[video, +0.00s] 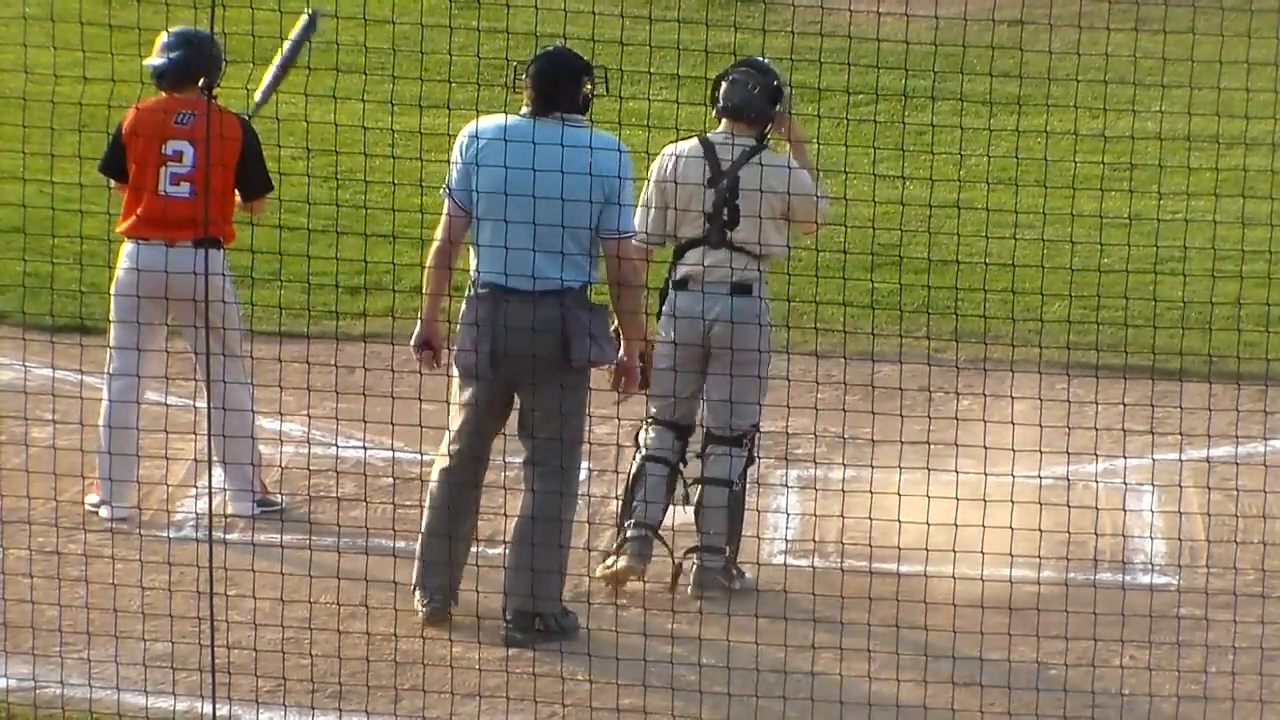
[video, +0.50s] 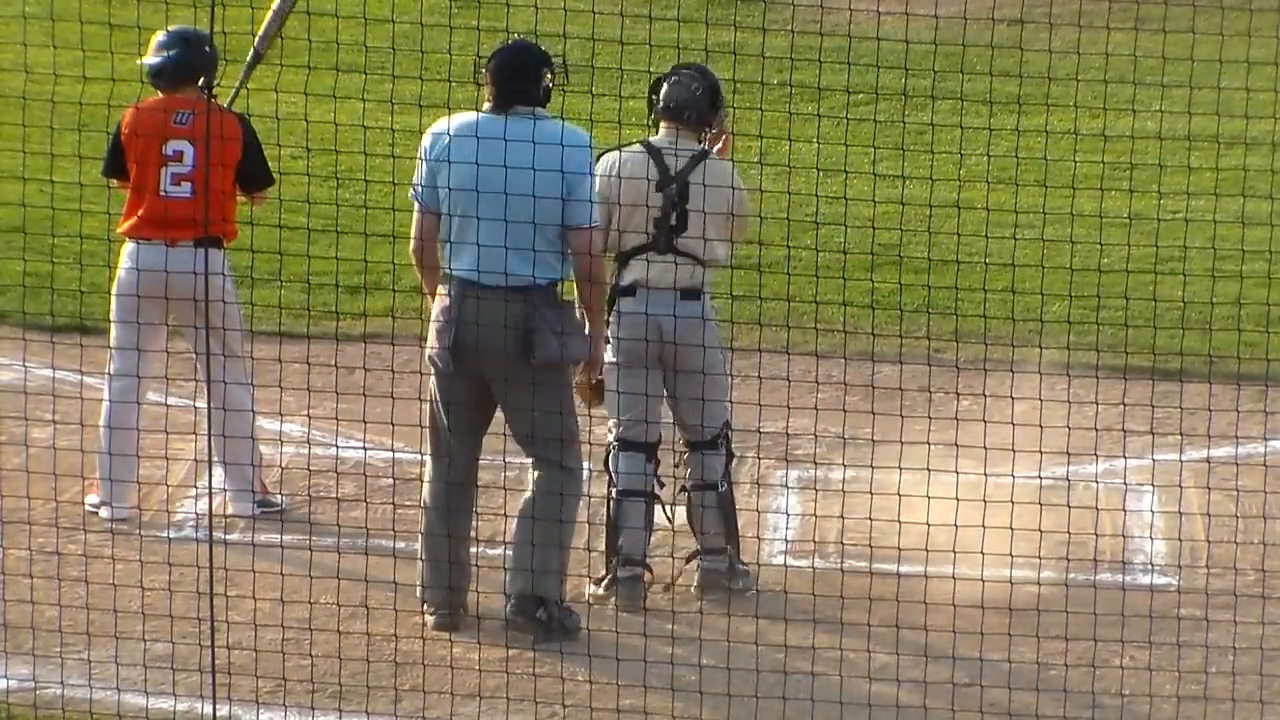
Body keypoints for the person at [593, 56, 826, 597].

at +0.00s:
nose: (775, 116)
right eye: (774, 109)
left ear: (719, 105)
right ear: (771, 114)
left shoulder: (674, 159)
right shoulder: (779, 169)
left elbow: (640, 250)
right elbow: (812, 217)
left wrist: (632, 326)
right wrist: (796, 143)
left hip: (682, 306)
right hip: (744, 311)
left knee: (666, 422)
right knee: (727, 437)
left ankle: (635, 542)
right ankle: (713, 563)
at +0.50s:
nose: (718, 125)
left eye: (714, 118)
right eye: (717, 117)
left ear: (656, 112)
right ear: (710, 120)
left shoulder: (615, 165)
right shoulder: (722, 172)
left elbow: (593, 249)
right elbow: (737, 233)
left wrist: (591, 330)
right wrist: (716, 167)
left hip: (629, 315)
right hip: (692, 318)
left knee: (632, 441)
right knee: (708, 440)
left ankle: (627, 567)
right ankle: (716, 563)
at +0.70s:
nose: (704, 118)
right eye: (702, 112)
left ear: (644, 111)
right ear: (699, 115)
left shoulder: (609, 165)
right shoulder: (716, 171)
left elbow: (593, 249)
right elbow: (726, 235)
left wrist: (588, 329)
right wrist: (707, 158)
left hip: (623, 314)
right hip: (689, 315)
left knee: (629, 442)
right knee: (707, 436)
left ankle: (627, 568)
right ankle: (714, 564)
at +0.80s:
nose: (705, 120)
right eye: (704, 113)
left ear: (645, 112)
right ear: (699, 116)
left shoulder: (612, 166)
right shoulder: (716, 170)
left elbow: (601, 249)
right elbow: (735, 231)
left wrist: (590, 323)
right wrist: (712, 159)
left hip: (628, 313)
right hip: (691, 315)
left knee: (631, 441)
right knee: (704, 439)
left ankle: (626, 569)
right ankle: (704, 569)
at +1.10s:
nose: (656, 118)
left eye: (658, 110)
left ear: (659, 113)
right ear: (714, 118)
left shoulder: (631, 171)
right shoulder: (737, 178)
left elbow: (613, 251)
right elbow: (751, 259)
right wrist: (700, 240)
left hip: (643, 318)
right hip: (707, 320)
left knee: (623, 436)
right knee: (704, 446)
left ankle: (610, 560)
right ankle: (698, 575)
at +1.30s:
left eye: (651, 115)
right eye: (704, 120)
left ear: (652, 118)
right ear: (707, 123)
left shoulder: (623, 172)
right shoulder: (732, 182)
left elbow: (604, 252)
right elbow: (749, 271)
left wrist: (610, 315)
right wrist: (718, 314)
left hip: (634, 317)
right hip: (703, 322)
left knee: (616, 439)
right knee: (701, 448)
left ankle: (601, 563)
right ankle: (697, 577)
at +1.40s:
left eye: (643, 122)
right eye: (693, 127)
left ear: (642, 125)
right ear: (699, 130)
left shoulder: (614, 174)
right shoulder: (719, 184)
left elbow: (590, 248)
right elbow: (744, 269)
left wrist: (604, 306)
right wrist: (706, 312)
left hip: (621, 313)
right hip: (687, 320)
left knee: (613, 440)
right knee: (699, 446)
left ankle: (602, 567)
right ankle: (696, 574)